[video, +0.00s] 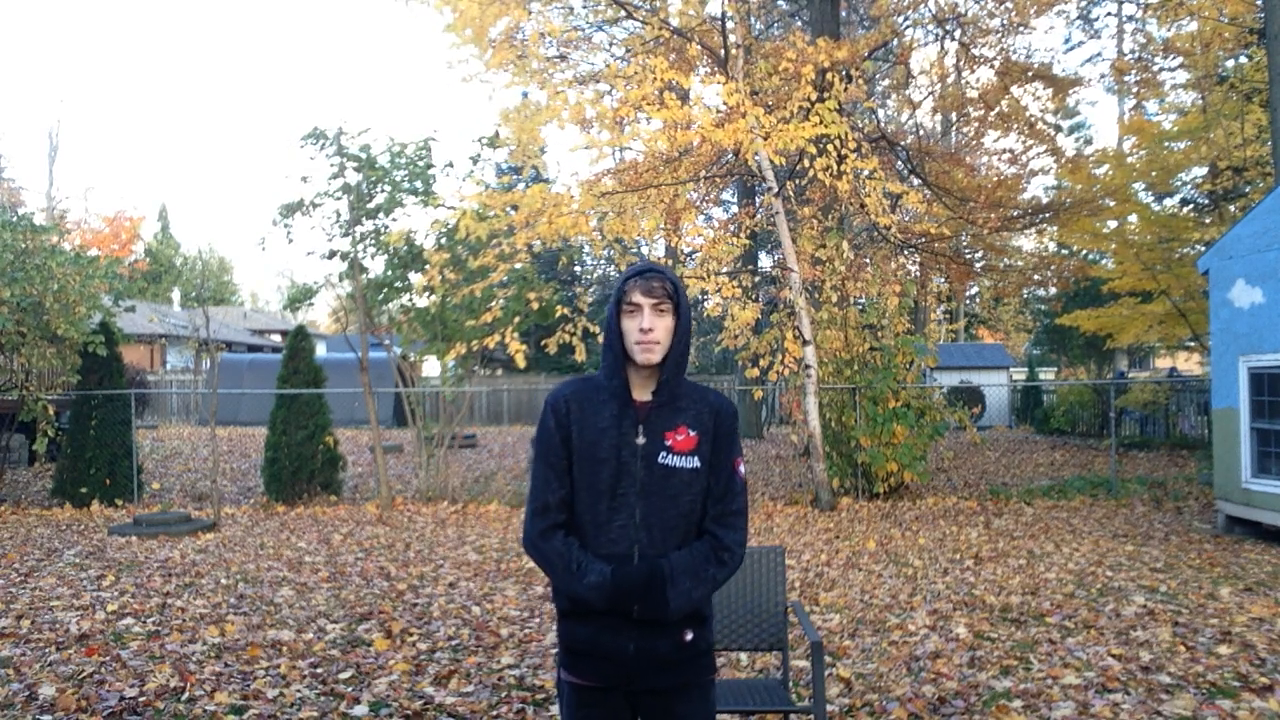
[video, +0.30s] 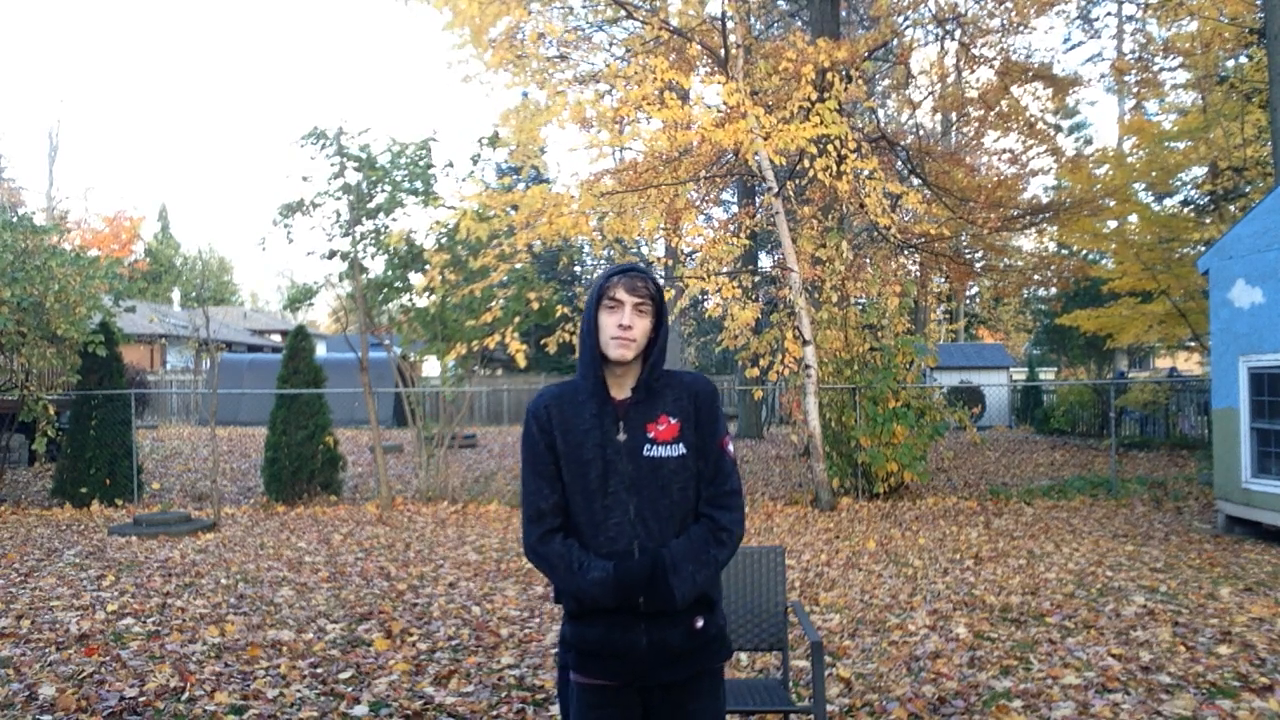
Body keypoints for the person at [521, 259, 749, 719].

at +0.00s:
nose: (645, 325)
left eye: (659, 311)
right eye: (632, 311)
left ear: (679, 324)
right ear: (616, 323)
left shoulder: (713, 412)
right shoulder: (569, 404)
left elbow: (728, 537)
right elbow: (540, 529)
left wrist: (661, 583)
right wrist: (606, 585)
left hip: (680, 652)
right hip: (591, 653)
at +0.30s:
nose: (625, 321)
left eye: (640, 310)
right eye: (613, 307)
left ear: (655, 326)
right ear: (593, 318)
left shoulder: (694, 397)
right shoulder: (551, 409)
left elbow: (725, 514)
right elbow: (540, 534)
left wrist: (667, 573)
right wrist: (608, 581)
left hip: (687, 646)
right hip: (596, 650)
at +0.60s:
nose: (610, 324)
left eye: (624, 312)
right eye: (597, 309)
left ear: (641, 327)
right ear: (577, 322)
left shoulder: (681, 401)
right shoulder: (539, 416)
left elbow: (715, 518)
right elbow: (530, 541)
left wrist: (656, 575)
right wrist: (598, 585)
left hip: (679, 648)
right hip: (590, 653)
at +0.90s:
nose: (620, 314)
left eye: (632, 300)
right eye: (605, 303)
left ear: (655, 311)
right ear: (591, 319)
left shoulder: (696, 403)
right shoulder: (553, 400)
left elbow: (715, 523)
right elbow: (527, 524)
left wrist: (655, 577)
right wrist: (596, 578)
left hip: (670, 647)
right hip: (582, 648)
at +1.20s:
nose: (637, 317)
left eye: (649, 302)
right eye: (622, 307)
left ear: (674, 312)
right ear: (611, 323)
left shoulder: (714, 410)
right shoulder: (572, 400)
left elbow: (725, 532)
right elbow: (541, 524)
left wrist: (665, 581)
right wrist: (611, 580)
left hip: (677, 650)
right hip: (590, 650)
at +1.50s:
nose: (626, 311)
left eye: (642, 299)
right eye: (613, 298)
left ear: (661, 316)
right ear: (596, 312)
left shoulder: (703, 399)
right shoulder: (559, 403)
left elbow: (735, 520)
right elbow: (534, 527)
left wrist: (669, 566)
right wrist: (608, 570)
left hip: (684, 645)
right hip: (594, 648)